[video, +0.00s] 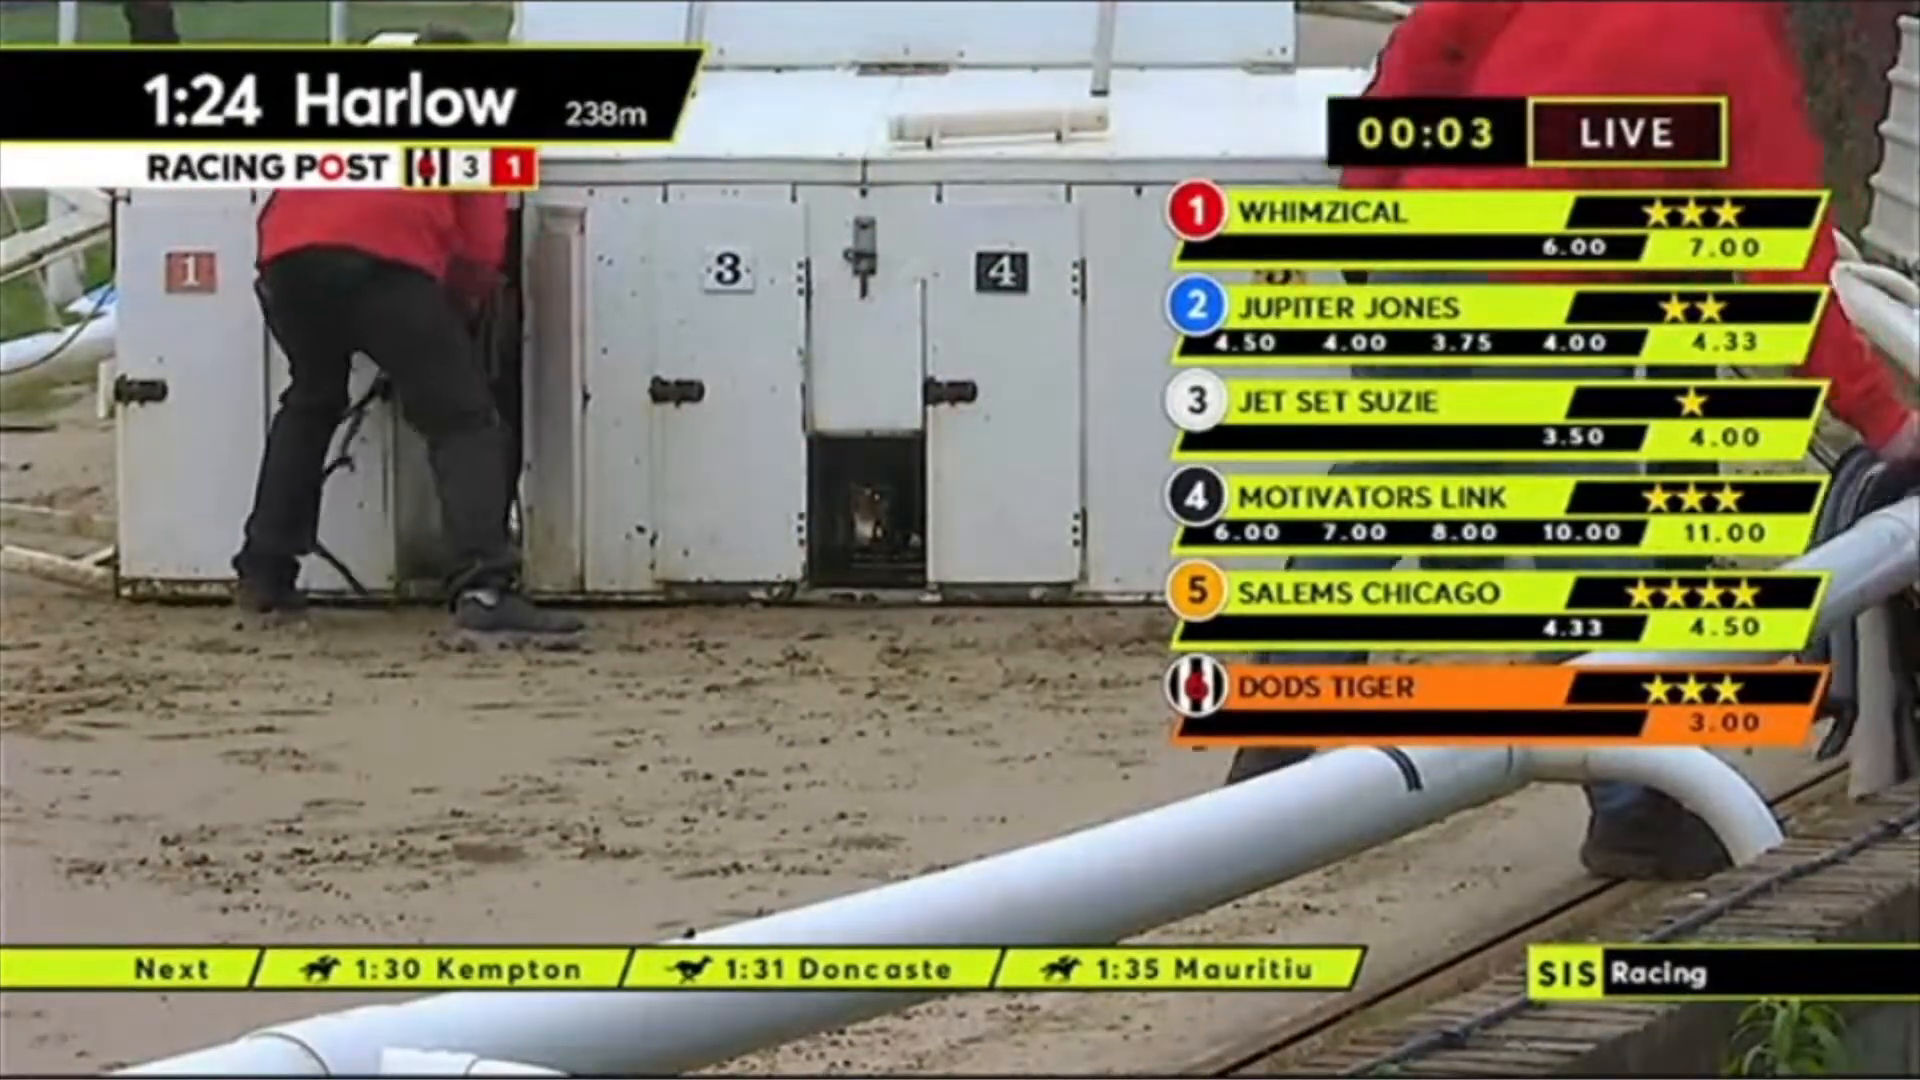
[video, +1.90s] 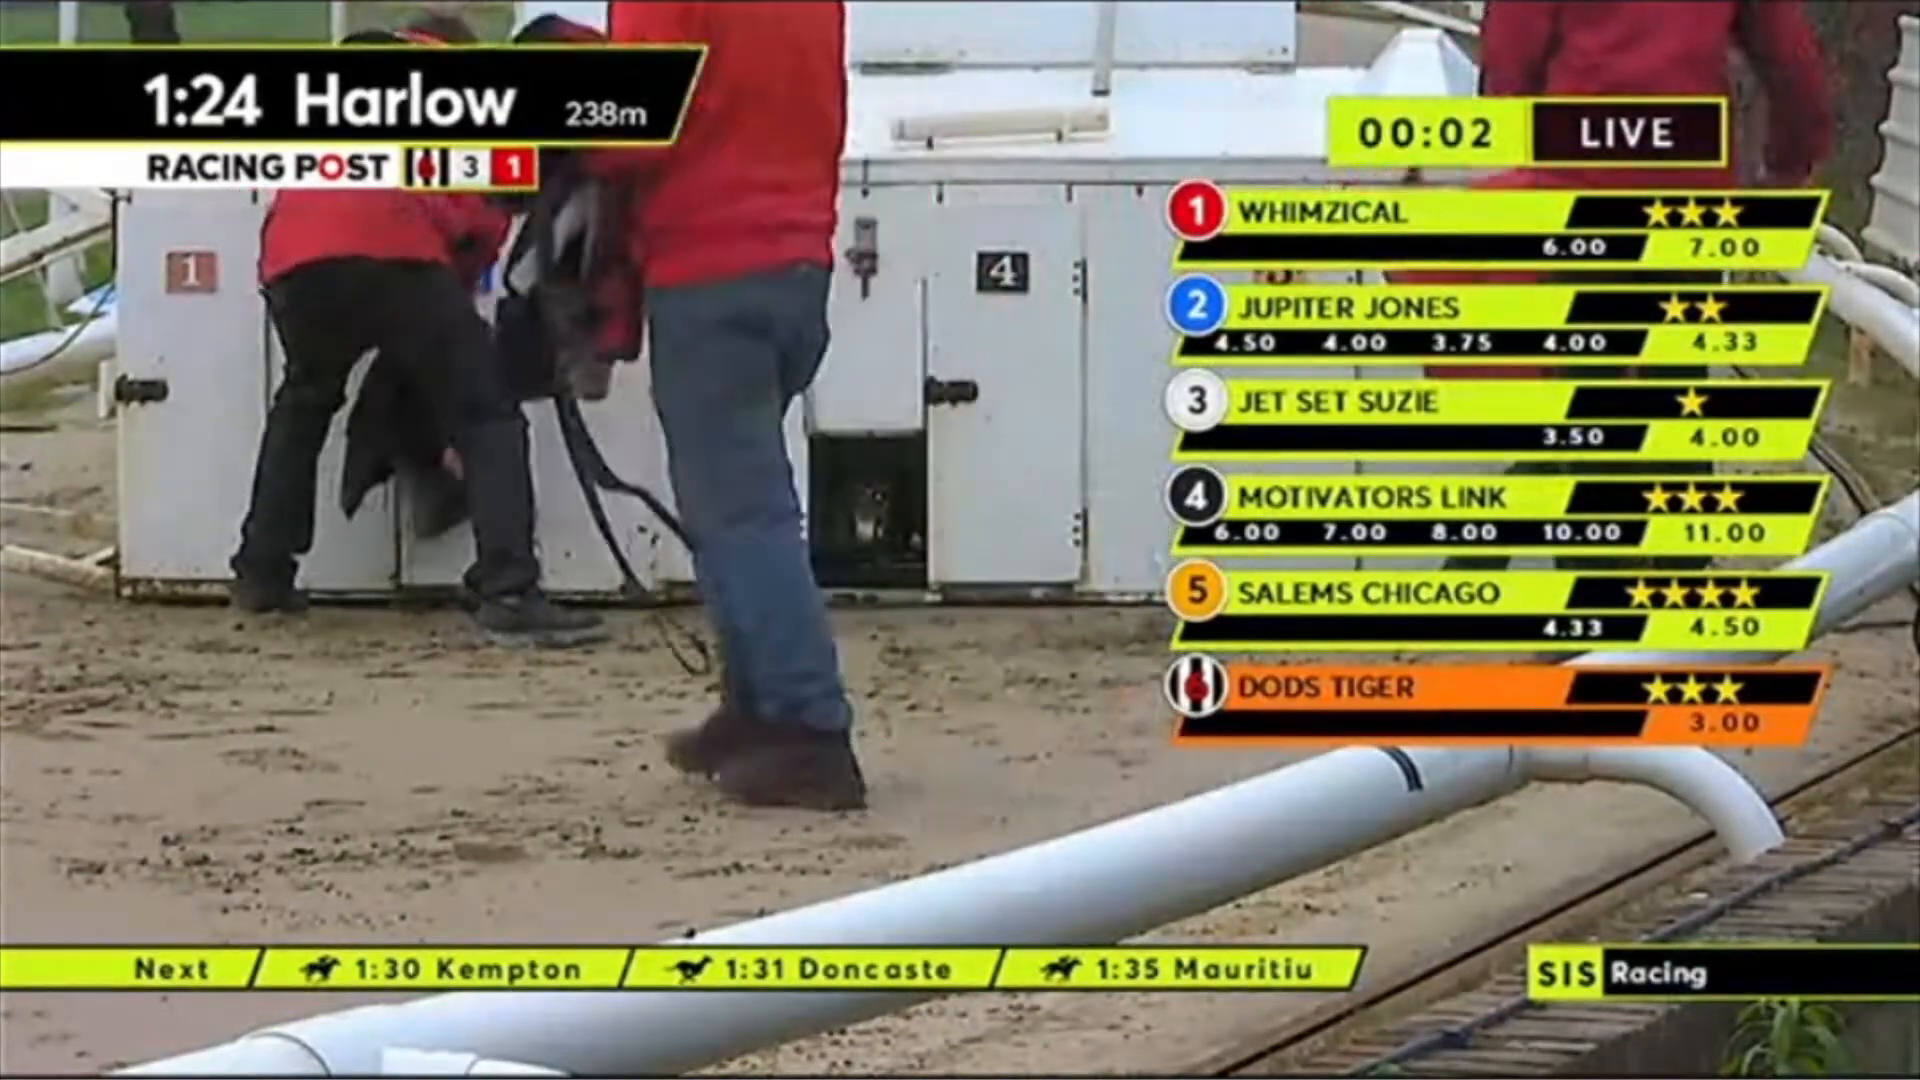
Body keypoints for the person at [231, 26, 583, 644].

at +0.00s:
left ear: (376, 72)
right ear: (463, 86)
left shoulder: (336, 115)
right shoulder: (475, 129)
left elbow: (275, 215)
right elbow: (482, 253)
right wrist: (447, 333)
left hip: (290, 259)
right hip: (388, 264)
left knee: (312, 397)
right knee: (462, 422)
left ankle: (263, 574)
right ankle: (484, 590)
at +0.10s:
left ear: (374, 75)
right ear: (459, 89)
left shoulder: (335, 119)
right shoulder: (471, 130)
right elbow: (493, 254)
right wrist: (464, 310)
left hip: (281, 258)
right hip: (380, 260)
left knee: (317, 391)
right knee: (458, 419)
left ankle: (264, 574)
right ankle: (485, 589)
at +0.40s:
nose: (490, 100)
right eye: (492, 87)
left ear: (418, 54)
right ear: (477, 69)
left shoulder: (359, 102)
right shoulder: (470, 113)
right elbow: (478, 208)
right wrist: (515, 312)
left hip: (278, 258)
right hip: (374, 259)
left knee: (323, 391)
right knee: (464, 414)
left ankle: (263, 575)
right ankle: (487, 593)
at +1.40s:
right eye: (469, 71)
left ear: (409, 29)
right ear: (461, 50)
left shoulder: (330, 61)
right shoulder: (459, 85)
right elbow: (458, 220)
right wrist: (434, 291)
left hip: (259, 244)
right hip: (357, 253)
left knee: (303, 395)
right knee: (415, 416)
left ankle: (262, 574)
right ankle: (424, 585)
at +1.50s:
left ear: (412, 26)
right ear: (461, 43)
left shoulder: (313, 70)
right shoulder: (455, 79)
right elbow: (455, 214)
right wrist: (432, 292)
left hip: (262, 240)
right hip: (365, 245)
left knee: (305, 391)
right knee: (441, 406)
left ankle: (262, 573)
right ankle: (452, 555)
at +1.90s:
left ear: (398, 37)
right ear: (456, 51)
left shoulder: (329, 90)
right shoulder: (462, 93)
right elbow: (487, 214)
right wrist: (465, 276)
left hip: (297, 265)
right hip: (403, 260)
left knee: (307, 393)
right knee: (487, 417)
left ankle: (261, 572)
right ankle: (510, 593)